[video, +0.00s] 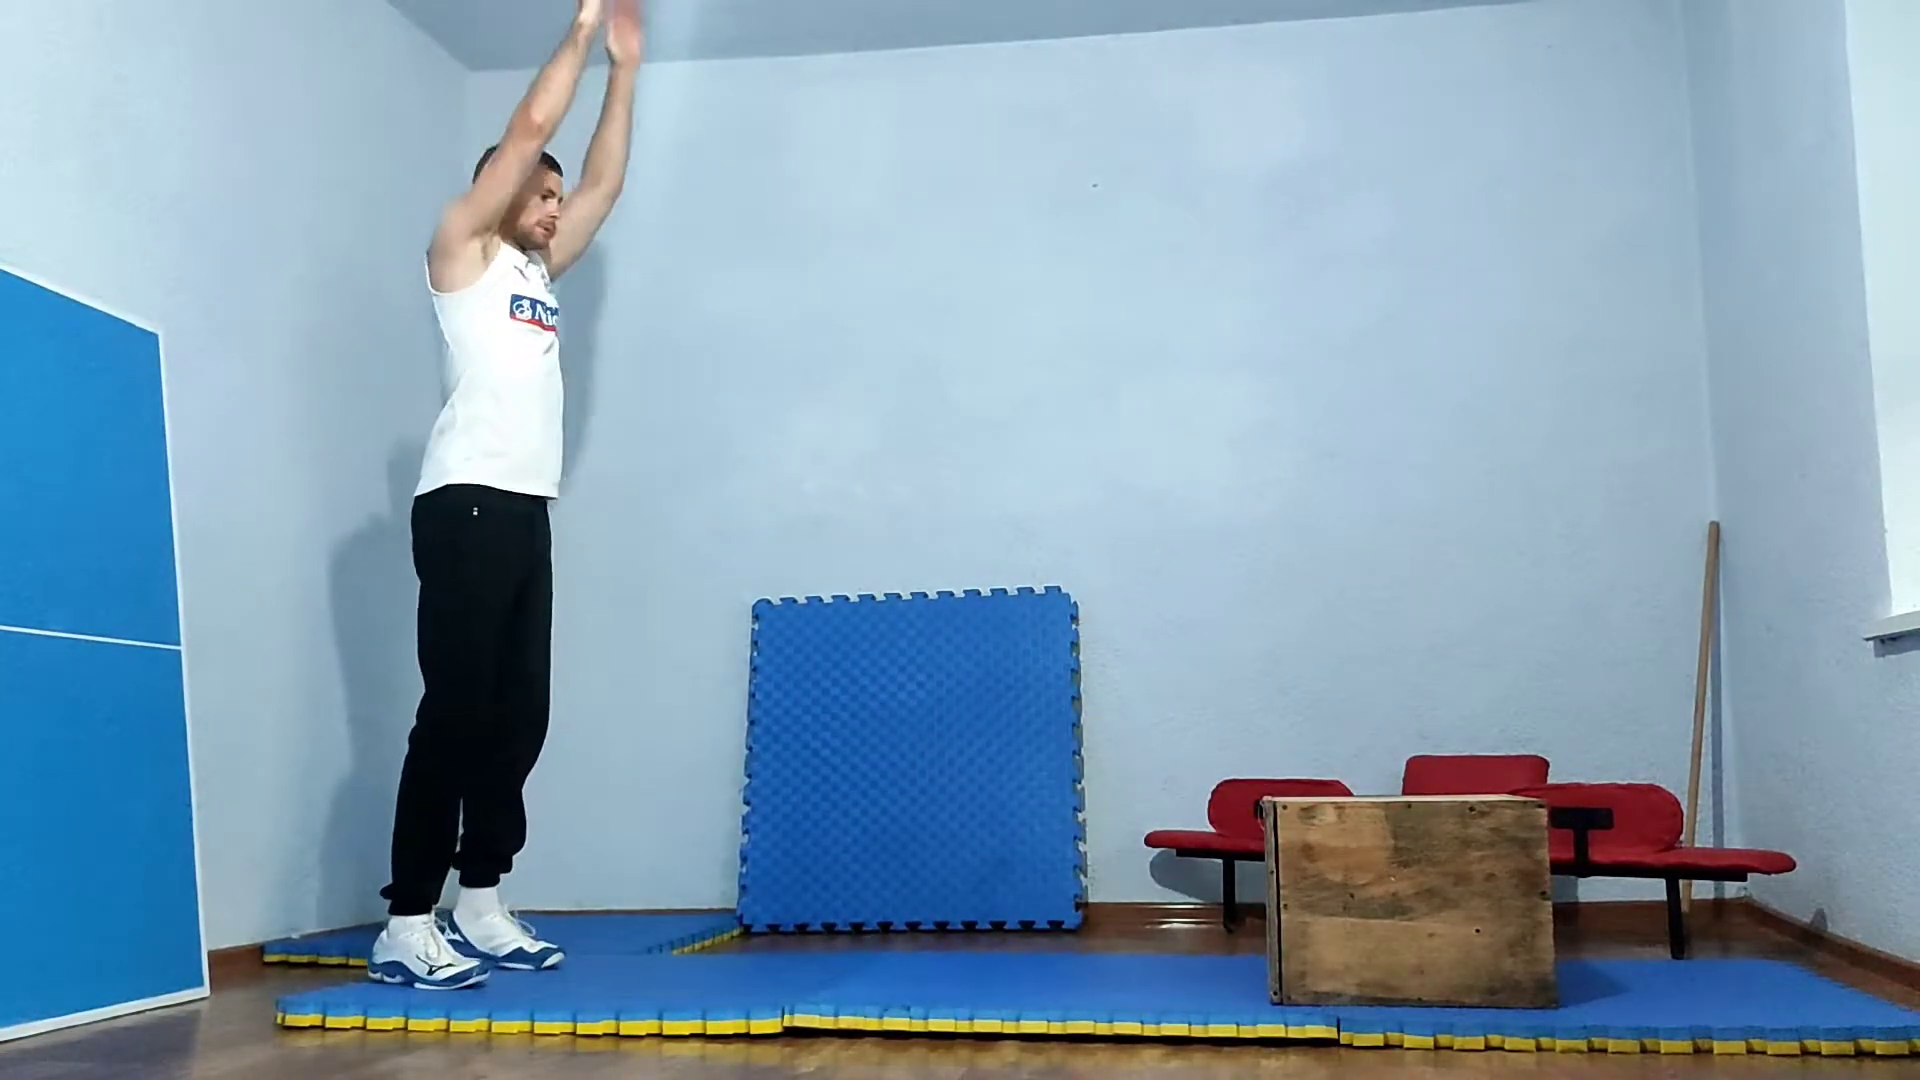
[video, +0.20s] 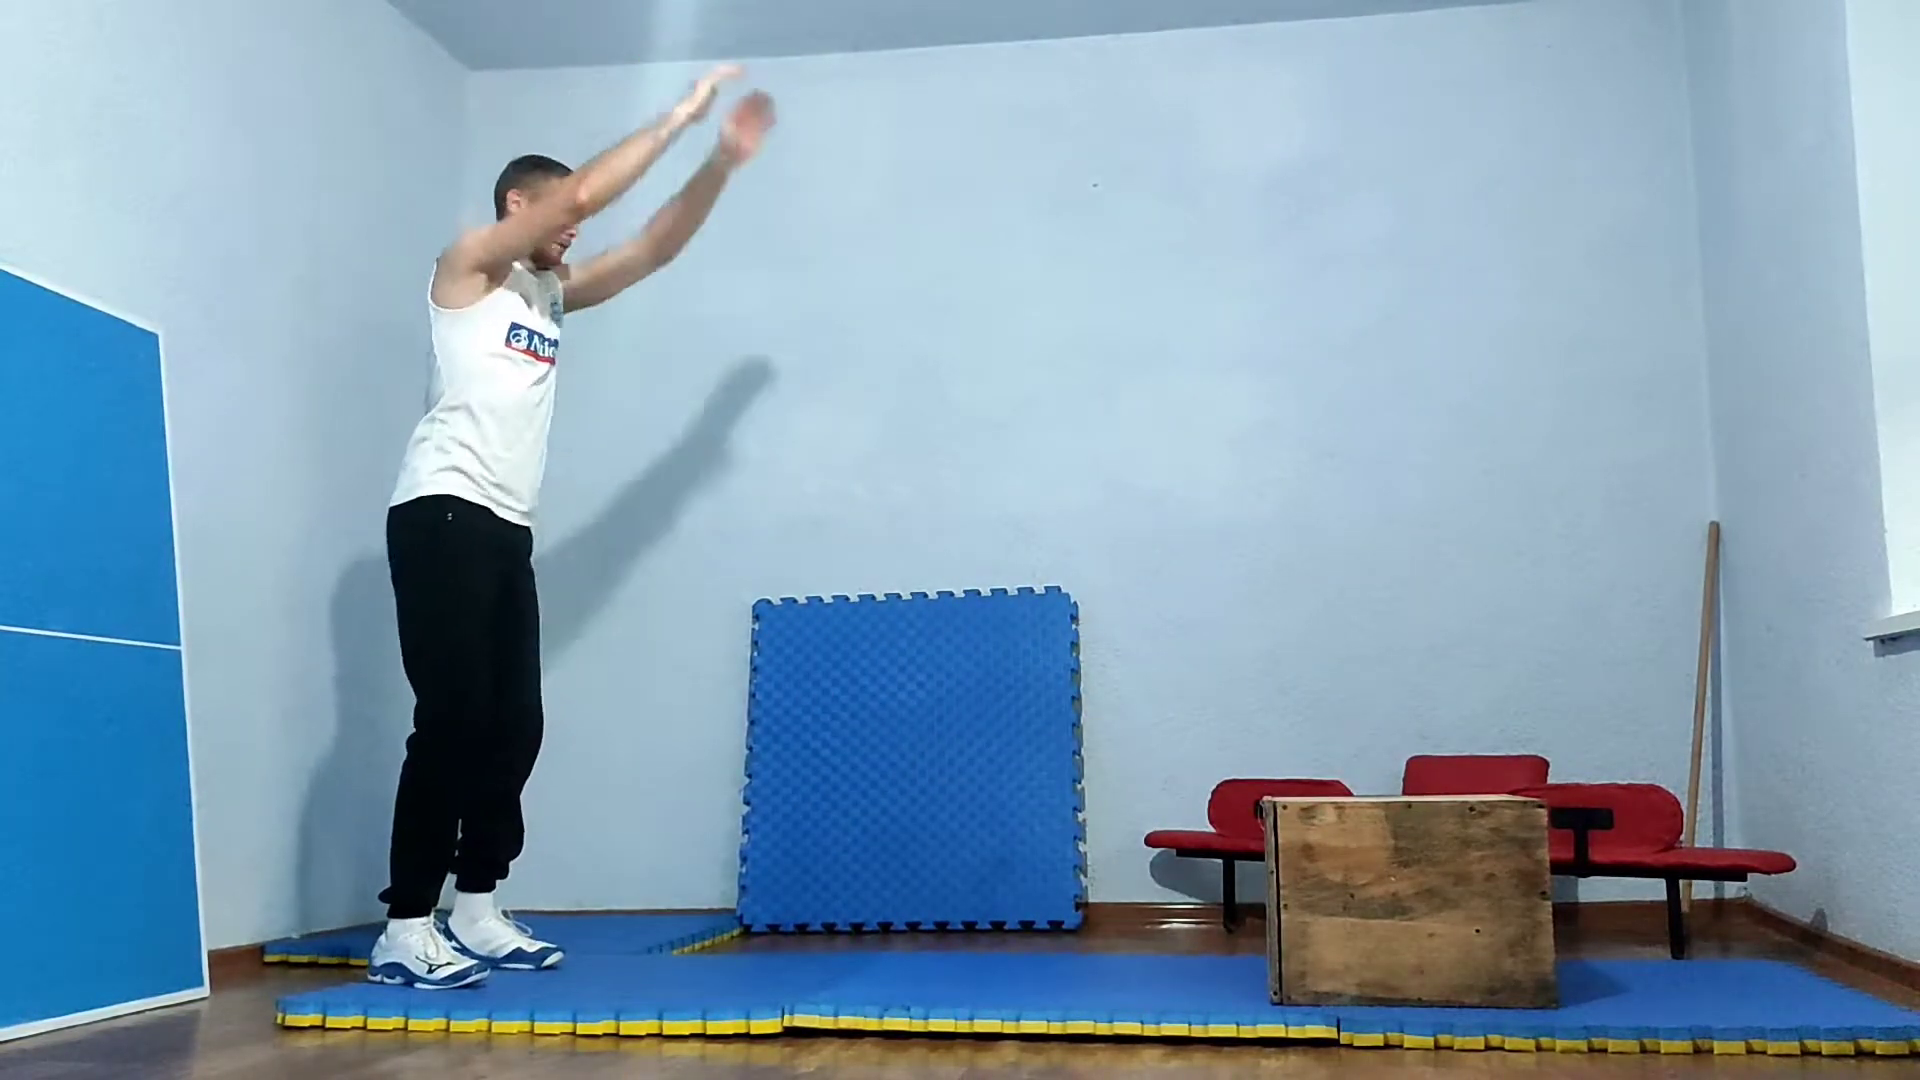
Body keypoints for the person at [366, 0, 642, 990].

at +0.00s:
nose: (555, 206)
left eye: (560, 195)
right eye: (541, 190)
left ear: (552, 209)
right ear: (498, 190)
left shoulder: (536, 272)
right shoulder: (465, 248)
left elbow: (603, 182)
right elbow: (531, 126)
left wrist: (624, 68)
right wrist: (585, 29)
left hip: (526, 517)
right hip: (465, 510)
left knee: (518, 719)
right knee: (457, 712)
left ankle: (478, 905)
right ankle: (406, 925)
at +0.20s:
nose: (576, 224)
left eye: (578, 210)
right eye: (566, 207)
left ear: (551, 215)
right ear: (515, 202)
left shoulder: (549, 296)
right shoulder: (472, 262)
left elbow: (655, 247)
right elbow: (580, 199)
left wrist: (724, 164)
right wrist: (677, 118)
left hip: (506, 534)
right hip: (442, 518)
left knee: (515, 724)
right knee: (455, 718)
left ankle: (472, 910)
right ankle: (405, 927)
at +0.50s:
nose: (648, 334)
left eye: (653, 322)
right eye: (639, 317)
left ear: (610, 316)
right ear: (591, 305)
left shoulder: (595, 406)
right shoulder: (520, 364)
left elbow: (640, 506)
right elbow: (520, 486)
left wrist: (720, 594)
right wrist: (578, 593)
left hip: (468, 572)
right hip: (401, 555)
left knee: (548, 730)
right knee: (474, 730)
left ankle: (476, 912)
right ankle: (407, 931)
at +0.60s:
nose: (681, 405)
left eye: (686, 392)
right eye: (672, 388)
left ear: (639, 390)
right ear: (622, 381)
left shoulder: (614, 472)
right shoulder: (539, 437)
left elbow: (590, 581)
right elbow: (451, 549)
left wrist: (592, 688)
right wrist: (404, 678)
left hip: (471, 602)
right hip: (400, 587)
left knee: (569, 741)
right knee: (498, 735)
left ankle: (480, 913)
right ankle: (411, 930)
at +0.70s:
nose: (705, 486)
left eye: (709, 474)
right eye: (696, 469)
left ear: (656, 469)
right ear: (646, 461)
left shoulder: (631, 534)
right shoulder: (557, 509)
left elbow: (520, 581)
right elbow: (420, 553)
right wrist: (301, 648)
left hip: (476, 651)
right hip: (401, 638)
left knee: (596, 754)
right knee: (523, 750)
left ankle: (482, 913)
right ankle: (416, 929)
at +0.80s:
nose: (718, 554)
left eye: (721, 540)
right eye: (709, 537)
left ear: (671, 536)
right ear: (658, 529)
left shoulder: (638, 593)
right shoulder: (570, 567)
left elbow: (522, 592)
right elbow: (423, 559)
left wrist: (430, 611)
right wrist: (296, 601)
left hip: (483, 695)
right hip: (406, 681)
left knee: (615, 765)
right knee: (540, 758)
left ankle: (486, 913)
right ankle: (420, 927)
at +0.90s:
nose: (730, 578)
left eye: (733, 565)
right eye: (720, 562)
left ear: (679, 562)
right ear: (670, 556)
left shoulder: (653, 623)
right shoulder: (581, 599)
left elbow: (520, 597)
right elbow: (445, 585)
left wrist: (439, 616)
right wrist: (318, 622)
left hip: (493, 710)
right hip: (416, 700)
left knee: (627, 774)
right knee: (563, 773)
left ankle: (485, 910)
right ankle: (425, 926)